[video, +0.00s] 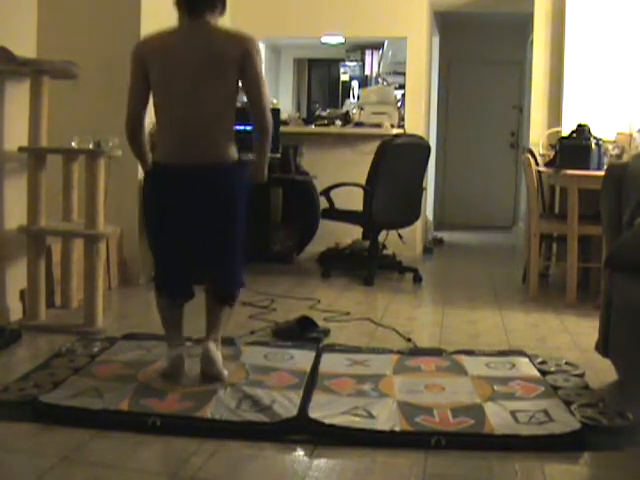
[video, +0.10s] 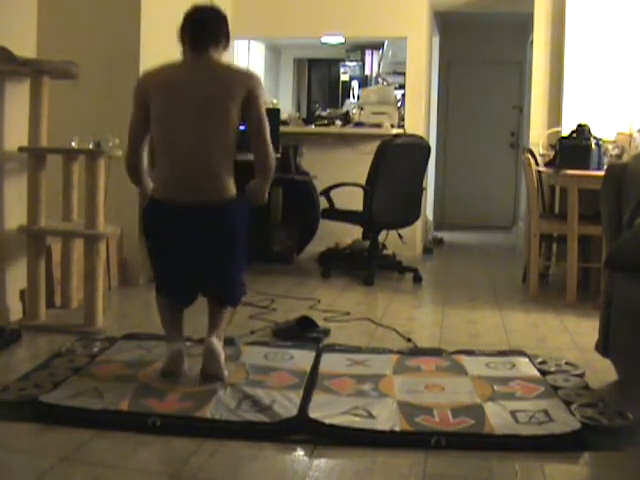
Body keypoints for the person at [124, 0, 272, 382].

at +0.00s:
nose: (221, 11)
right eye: (221, 7)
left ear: (178, 6)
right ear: (220, 6)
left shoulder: (149, 48)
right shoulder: (241, 45)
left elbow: (133, 124)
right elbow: (262, 114)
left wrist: (148, 168)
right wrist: (261, 163)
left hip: (168, 181)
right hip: (221, 180)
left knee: (169, 270)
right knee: (224, 268)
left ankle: (175, 355)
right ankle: (212, 342)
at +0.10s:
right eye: (224, 40)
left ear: (182, 39)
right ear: (224, 40)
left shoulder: (152, 82)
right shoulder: (244, 82)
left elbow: (133, 157)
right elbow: (265, 157)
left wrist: (147, 189)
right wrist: (261, 187)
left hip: (165, 211)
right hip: (220, 212)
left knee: (168, 283)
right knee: (224, 284)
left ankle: (175, 351)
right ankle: (214, 337)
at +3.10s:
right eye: (236, 111)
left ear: (190, 111)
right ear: (234, 116)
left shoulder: (163, 149)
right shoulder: (248, 160)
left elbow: (128, 181)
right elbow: (284, 201)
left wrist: (157, 153)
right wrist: (255, 146)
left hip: (163, 304)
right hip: (216, 307)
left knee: (154, 244)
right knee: (230, 277)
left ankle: (165, 344)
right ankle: (211, 340)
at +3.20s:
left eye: (192, 105)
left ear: (191, 111)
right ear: (234, 117)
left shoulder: (165, 149)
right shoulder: (249, 159)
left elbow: (128, 179)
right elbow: (283, 201)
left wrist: (164, 145)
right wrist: (253, 144)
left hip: (163, 304)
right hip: (216, 307)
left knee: (154, 244)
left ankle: (165, 344)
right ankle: (211, 340)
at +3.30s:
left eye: (193, 104)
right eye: (236, 112)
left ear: (192, 110)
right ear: (234, 117)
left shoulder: (166, 149)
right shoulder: (249, 159)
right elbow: (282, 201)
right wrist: (253, 143)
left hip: (164, 304)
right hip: (216, 307)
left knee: (155, 244)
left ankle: (165, 345)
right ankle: (211, 339)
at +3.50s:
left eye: (194, 104)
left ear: (193, 111)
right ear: (236, 117)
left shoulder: (166, 149)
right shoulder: (249, 160)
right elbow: (280, 203)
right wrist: (249, 143)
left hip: (165, 305)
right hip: (217, 308)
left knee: (155, 243)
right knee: (233, 279)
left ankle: (165, 345)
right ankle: (211, 339)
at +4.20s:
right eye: (235, 124)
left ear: (191, 124)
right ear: (234, 129)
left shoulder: (165, 158)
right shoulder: (252, 165)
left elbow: (125, 211)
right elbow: (284, 215)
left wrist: (158, 185)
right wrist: (261, 178)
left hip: (165, 307)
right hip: (218, 310)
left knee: (156, 241)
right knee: (238, 284)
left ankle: (165, 345)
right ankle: (211, 341)